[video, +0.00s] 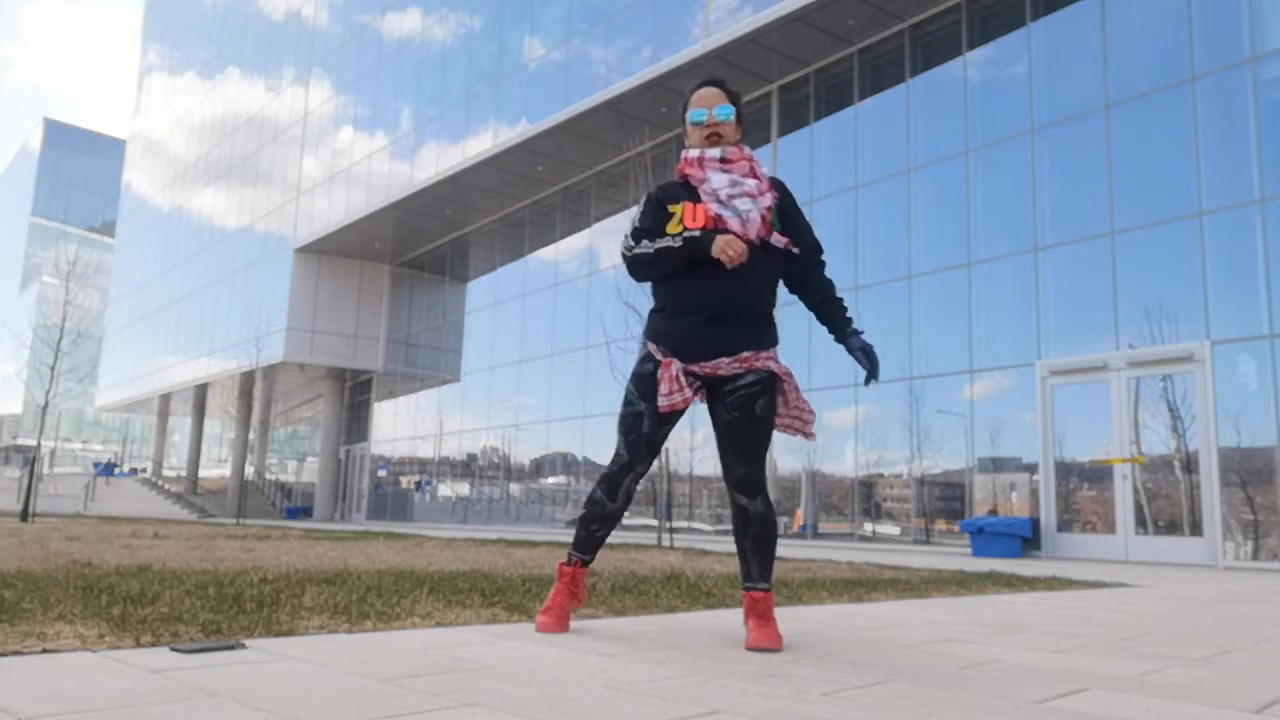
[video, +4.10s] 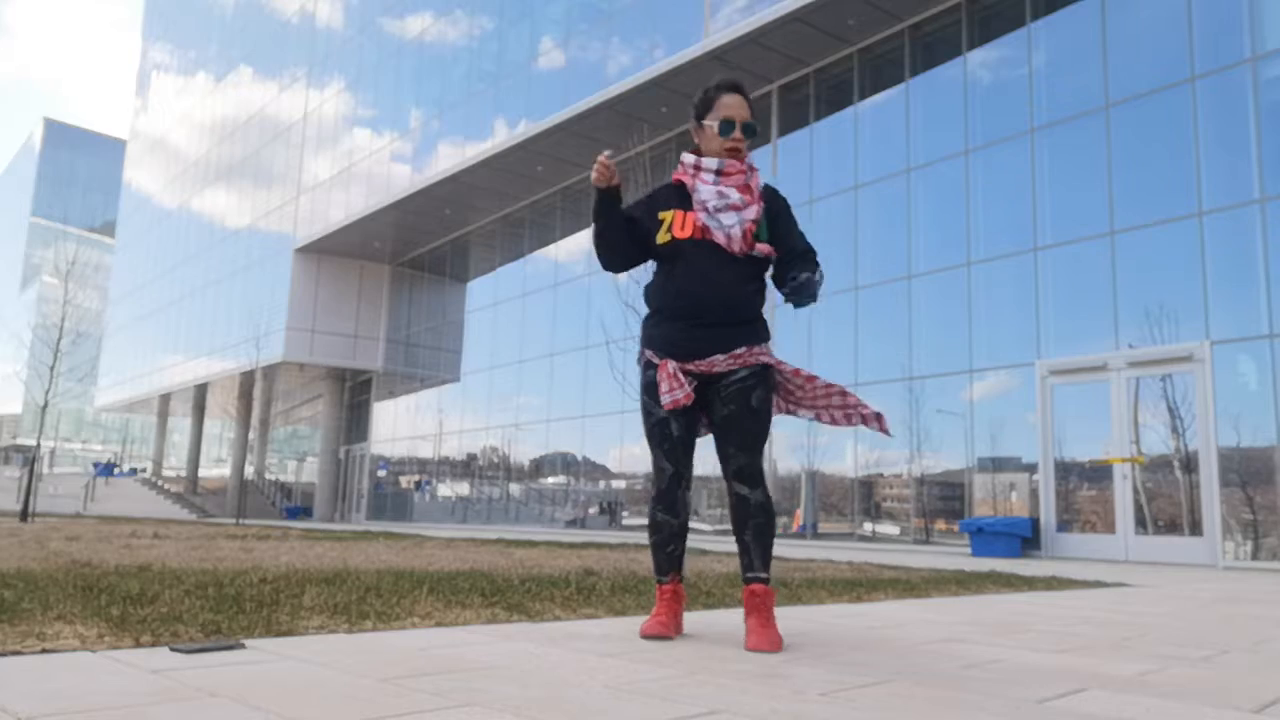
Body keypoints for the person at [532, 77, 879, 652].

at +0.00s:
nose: (711, 125)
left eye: (721, 115)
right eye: (699, 117)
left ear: (739, 124)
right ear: (685, 130)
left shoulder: (772, 198)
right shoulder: (668, 196)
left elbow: (808, 272)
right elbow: (636, 258)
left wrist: (847, 332)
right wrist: (702, 242)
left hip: (745, 362)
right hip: (668, 358)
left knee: (748, 483)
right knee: (628, 465)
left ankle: (759, 608)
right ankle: (570, 579)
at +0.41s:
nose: (736, 132)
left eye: (746, 122)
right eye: (724, 125)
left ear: (764, 129)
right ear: (710, 137)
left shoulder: (804, 199)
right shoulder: (699, 209)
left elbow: (855, 261)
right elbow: (675, 276)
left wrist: (913, 302)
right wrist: (742, 253)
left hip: (787, 362)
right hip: (710, 359)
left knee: (772, 486)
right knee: (667, 462)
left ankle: (762, 609)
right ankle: (628, 570)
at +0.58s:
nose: (743, 132)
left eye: (753, 122)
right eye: (730, 125)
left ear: (770, 132)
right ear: (715, 138)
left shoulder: (808, 201)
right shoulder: (700, 207)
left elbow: (855, 264)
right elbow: (677, 273)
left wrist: (908, 292)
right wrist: (747, 253)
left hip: (794, 355)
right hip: (720, 354)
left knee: (778, 482)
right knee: (734, 452)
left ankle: (763, 607)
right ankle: (707, 573)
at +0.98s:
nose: (710, 150)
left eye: (718, 138)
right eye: (709, 139)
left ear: (753, 134)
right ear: (737, 138)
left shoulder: (816, 199)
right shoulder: (716, 202)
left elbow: (865, 267)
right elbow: (696, 267)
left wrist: (920, 301)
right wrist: (773, 247)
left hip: (795, 360)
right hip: (720, 356)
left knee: (775, 485)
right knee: (661, 438)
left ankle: (761, 609)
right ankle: (643, 564)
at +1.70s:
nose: (714, 141)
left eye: (724, 130)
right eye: (715, 130)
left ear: (760, 133)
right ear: (739, 134)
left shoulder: (819, 202)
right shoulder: (715, 206)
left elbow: (874, 265)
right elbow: (675, 279)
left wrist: (946, 292)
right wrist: (706, 257)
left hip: (795, 362)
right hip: (720, 357)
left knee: (776, 487)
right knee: (702, 456)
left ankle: (761, 609)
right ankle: (660, 563)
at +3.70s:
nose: (757, 120)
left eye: (769, 110)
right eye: (744, 110)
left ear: (784, 120)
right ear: (727, 121)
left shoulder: (810, 191)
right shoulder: (704, 194)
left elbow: (845, 264)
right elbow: (675, 265)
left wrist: (880, 314)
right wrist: (653, 222)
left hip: (788, 351)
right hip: (711, 351)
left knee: (776, 481)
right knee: (681, 466)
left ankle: (764, 607)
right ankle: (672, 582)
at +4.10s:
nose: (737, 137)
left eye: (746, 129)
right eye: (726, 126)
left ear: (753, 136)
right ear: (697, 131)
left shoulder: (766, 203)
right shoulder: (666, 200)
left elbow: (803, 270)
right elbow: (616, 254)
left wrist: (798, 279)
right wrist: (607, 197)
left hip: (739, 356)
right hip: (668, 358)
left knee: (746, 477)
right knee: (670, 479)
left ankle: (758, 605)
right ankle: (667, 598)